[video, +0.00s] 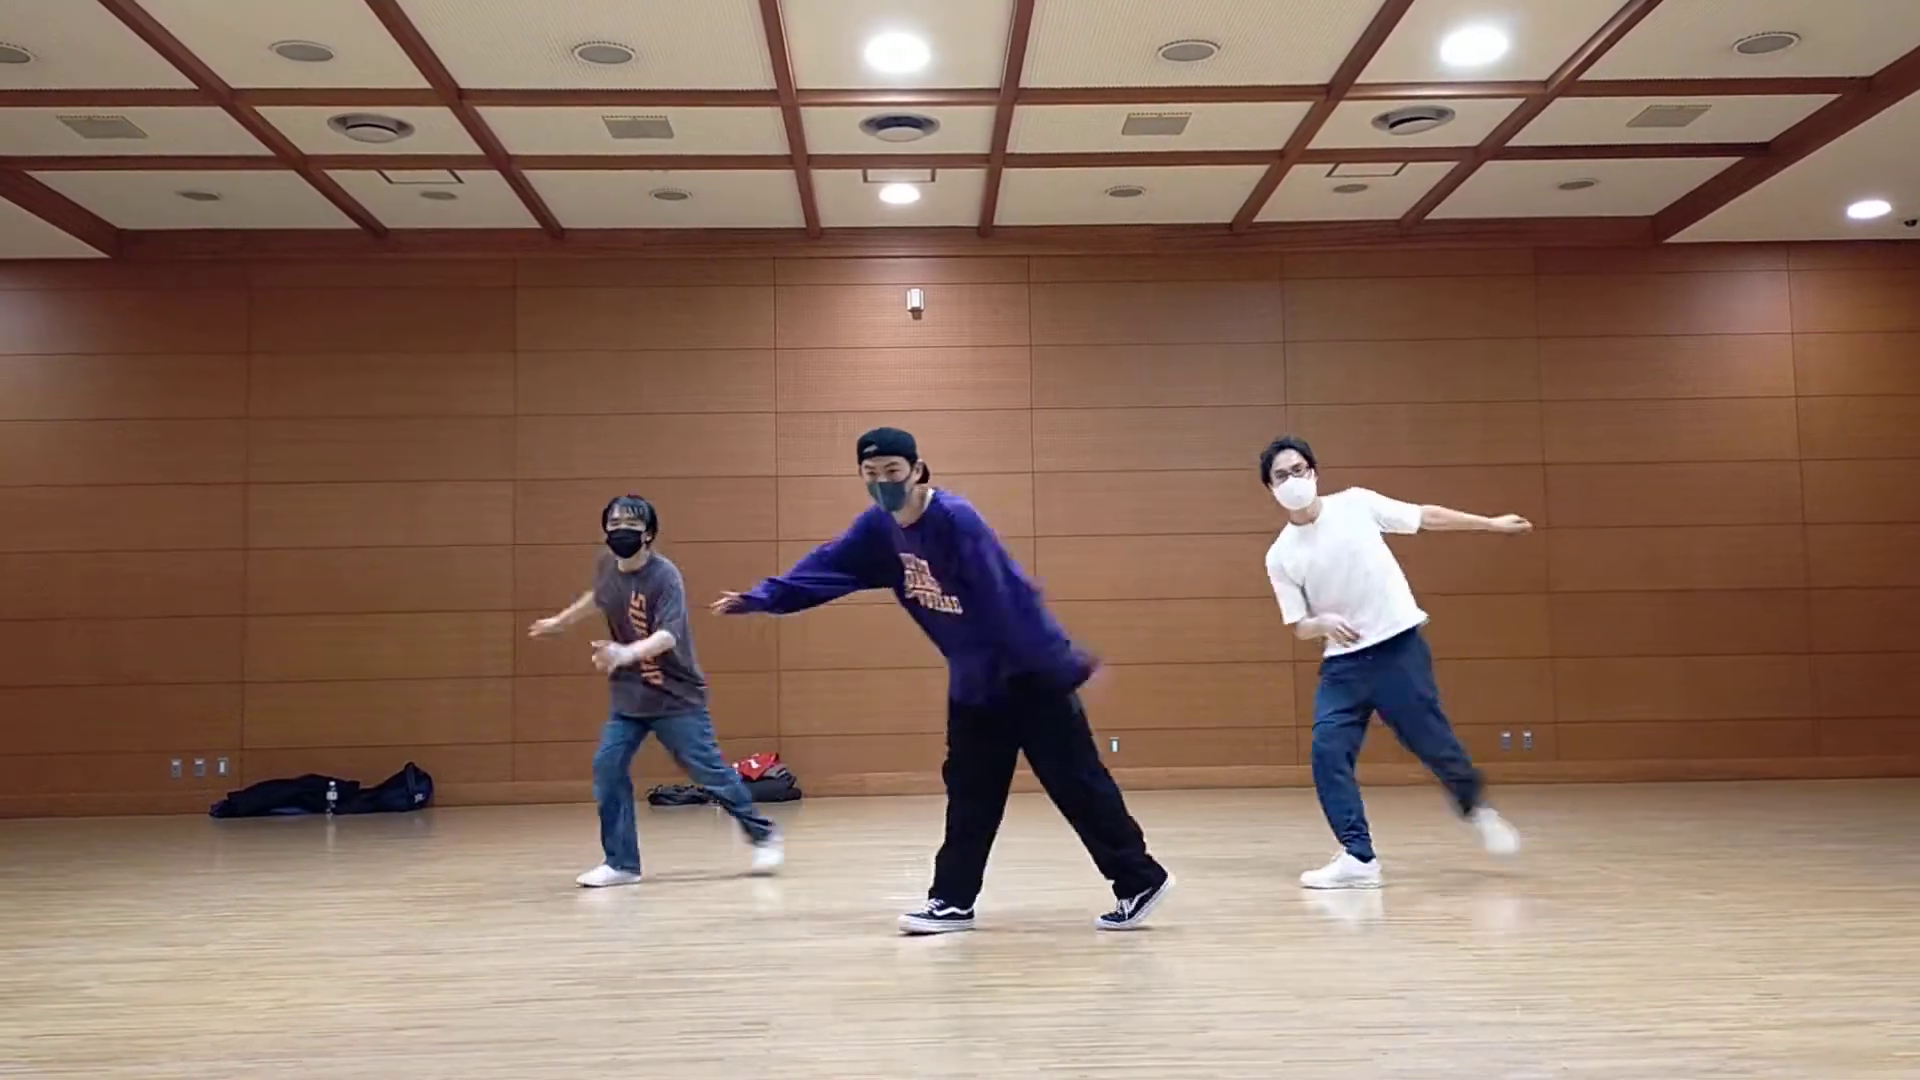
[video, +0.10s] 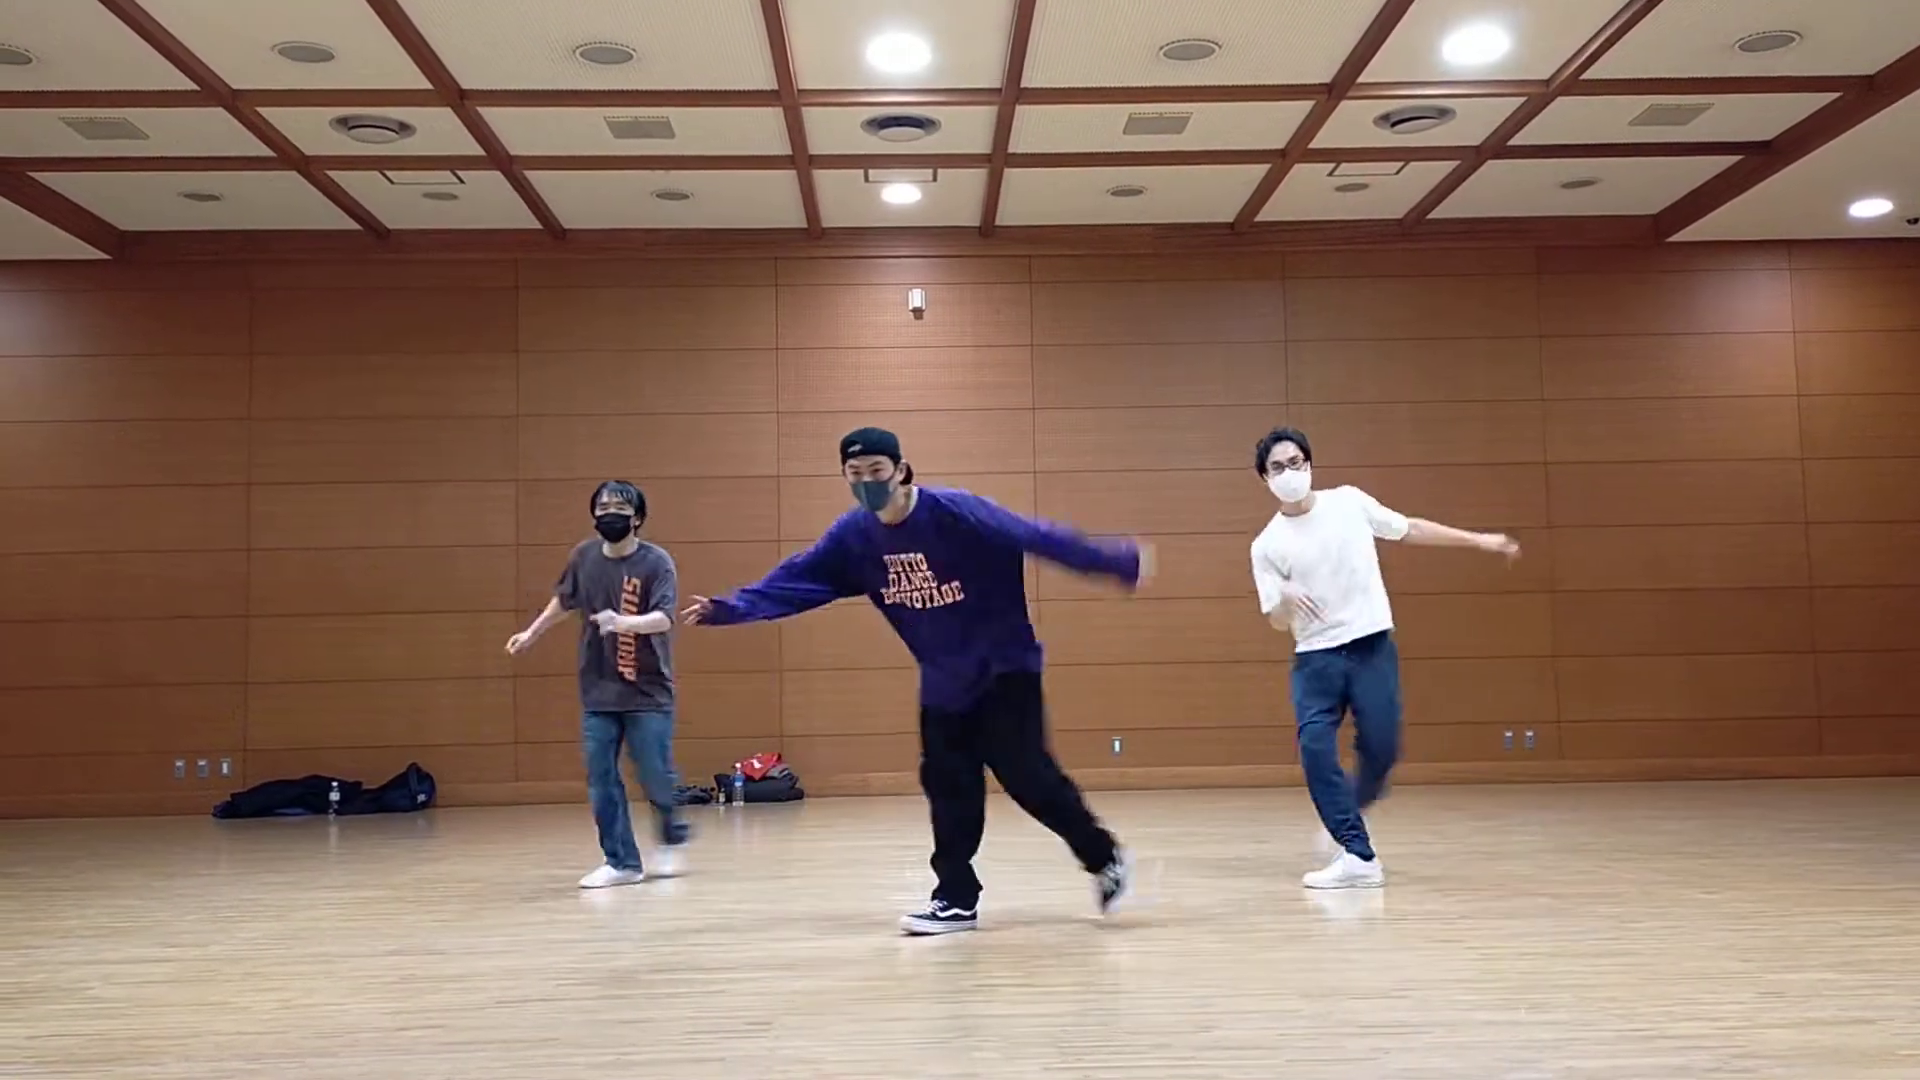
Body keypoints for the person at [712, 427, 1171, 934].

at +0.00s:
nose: (882, 482)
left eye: (891, 471)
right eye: (872, 475)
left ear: (917, 470)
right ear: (865, 480)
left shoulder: (954, 520)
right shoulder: (878, 530)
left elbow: (1005, 597)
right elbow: (826, 569)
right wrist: (761, 598)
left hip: (1026, 669)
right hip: (973, 677)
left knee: (1076, 779)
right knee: (971, 787)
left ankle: (1140, 879)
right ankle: (953, 900)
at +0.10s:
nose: (864, 483)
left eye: (873, 472)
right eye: (854, 476)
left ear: (901, 469)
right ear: (847, 480)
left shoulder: (954, 512)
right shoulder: (853, 538)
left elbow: (1038, 536)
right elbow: (792, 582)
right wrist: (725, 608)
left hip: (1005, 663)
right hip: (942, 675)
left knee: (1024, 773)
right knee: (947, 784)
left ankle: (1105, 858)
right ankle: (955, 899)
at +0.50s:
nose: (851, 480)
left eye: (861, 471)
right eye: (840, 471)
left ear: (879, 476)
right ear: (823, 478)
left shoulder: (901, 530)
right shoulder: (812, 539)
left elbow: (951, 565)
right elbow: (851, 592)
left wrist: (983, 507)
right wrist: (894, 518)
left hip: (898, 694)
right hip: (837, 690)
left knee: (879, 819)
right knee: (834, 776)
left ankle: (825, 890)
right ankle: (792, 886)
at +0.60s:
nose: (862, 456)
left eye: (872, 449)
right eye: (851, 448)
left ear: (886, 459)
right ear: (834, 455)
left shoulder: (888, 519)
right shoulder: (816, 511)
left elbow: (900, 595)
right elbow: (876, 558)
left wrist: (950, 570)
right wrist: (937, 510)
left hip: (880, 678)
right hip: (821, 675)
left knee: (885, 800)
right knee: (813, 787)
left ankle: (831, 876)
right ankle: (758, 898)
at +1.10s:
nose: (961, 476)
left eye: (973, 468)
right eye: (951, 464)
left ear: (985, 469)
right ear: (933, 460)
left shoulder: (983, 524)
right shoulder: (889, 503)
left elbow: (1009, 581)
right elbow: (809, 534)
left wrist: (1044, 626)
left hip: (919, 671)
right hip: (861, 667)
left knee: (920, 786)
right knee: (856, 780)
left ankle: (900, 902)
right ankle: (794, 865)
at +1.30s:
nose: (968, 474)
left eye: (979, 464)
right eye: (959, 463)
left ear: (994, 462)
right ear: (944, 459)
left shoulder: (1010, 518)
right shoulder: (899, 495)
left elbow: (1060, 570)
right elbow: (826, 509)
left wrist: (1124, 579)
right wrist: (777, 530)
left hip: (982, 668)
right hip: (916, 671)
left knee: (977, 785)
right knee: (951, 789)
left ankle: (950, 875)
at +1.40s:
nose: (968, 479)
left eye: (979, 470)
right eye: (959, 469)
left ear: (997, 474)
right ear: (945, 470)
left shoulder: (1016, 533)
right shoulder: (918, 513)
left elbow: (1067, 592)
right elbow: (868, 544)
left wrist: (1111, 585)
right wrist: (831, 562)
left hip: (1004, 669)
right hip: (943, 678)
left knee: (998, 775)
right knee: (972, 781)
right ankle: (1032, 862)